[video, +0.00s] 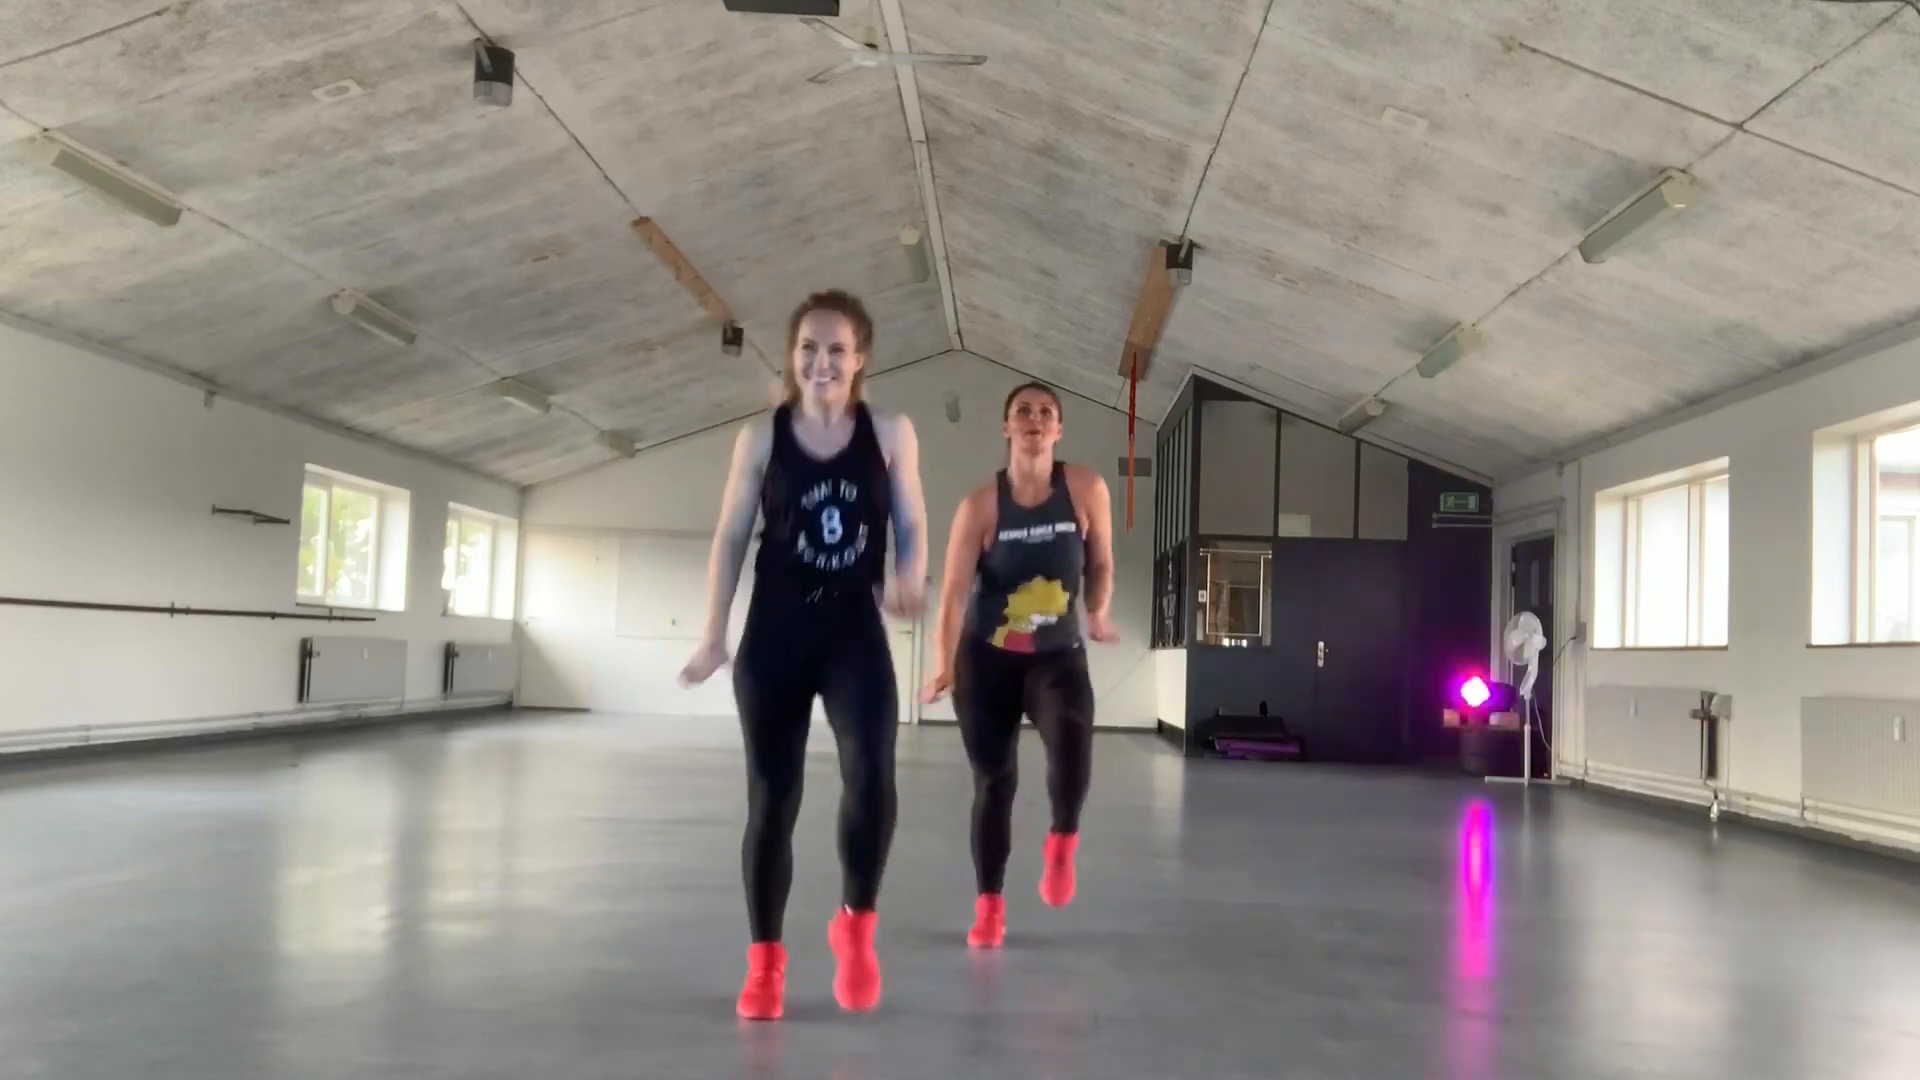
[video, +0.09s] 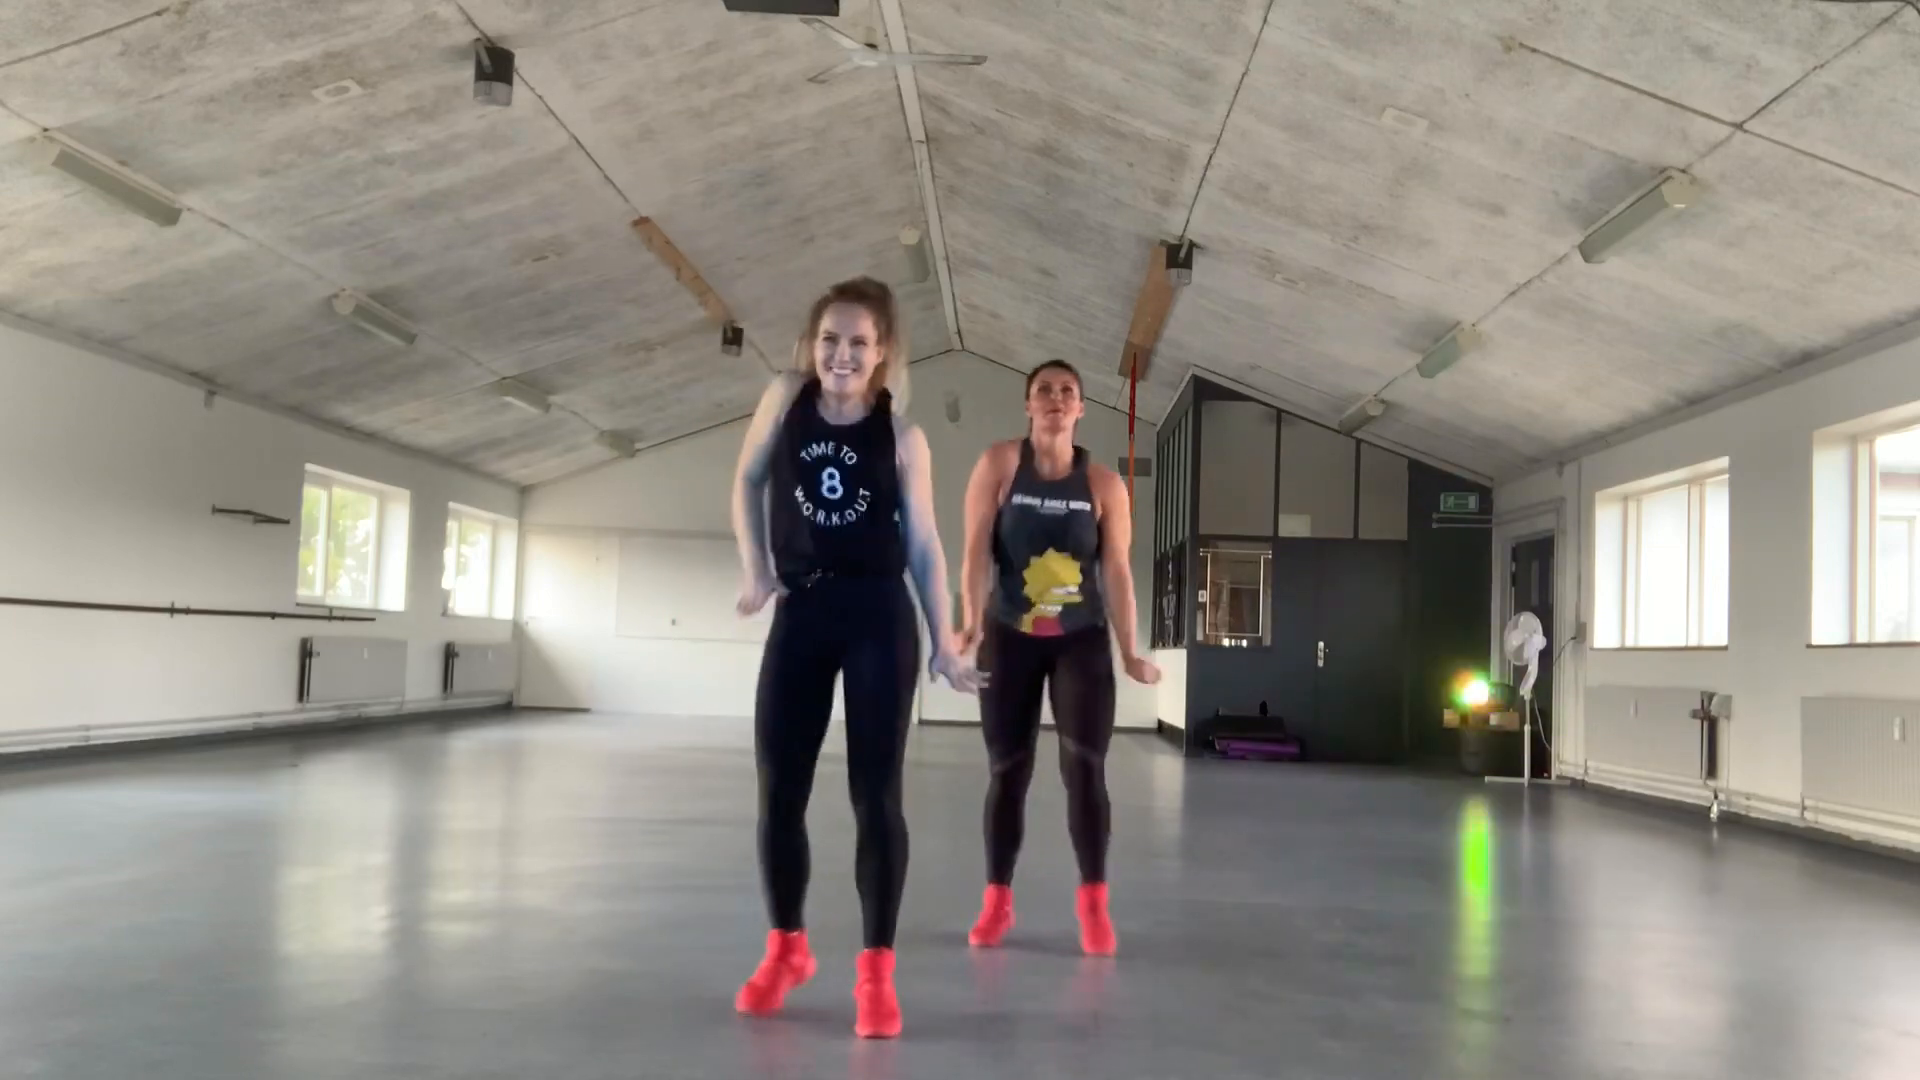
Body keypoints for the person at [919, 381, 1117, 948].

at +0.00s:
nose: (1035, 422)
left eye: (1045, 413)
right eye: (1024, 413)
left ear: (1059, 429)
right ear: (1006, 428)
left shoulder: (1086, 488)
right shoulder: (979, 505)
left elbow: (1100, 563)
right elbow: (954, 592)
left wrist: (1096, 612)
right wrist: (944, 663)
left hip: (1056, 655)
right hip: (987, 656)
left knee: (1070, 727)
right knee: (995, 779)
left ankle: (1063, 840)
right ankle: (988, 899)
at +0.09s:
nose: (1057, 401)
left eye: (1067, 394)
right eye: (1046, 392)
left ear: (1080, 408)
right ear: (1027, 405)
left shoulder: (1106, 483)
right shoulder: (999, 463)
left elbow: (1117, 568)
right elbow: (977, 549)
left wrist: (1128, 649)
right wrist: (972, 624)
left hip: (1081, 641)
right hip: (1009, 639)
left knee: (1085, 765)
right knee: (1007, 770)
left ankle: (1093, 897)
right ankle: (997, 895)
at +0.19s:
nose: (1076, 404)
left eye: (1085, 396)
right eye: (1064, 396)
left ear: (1099, 411)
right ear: (1045, 409)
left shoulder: (1125, 489)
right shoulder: (1021, 459)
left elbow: (1139, 573)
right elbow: (992, 535)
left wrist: (1155, 651)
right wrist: (985, 604)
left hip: (1105, 648)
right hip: (1031, 644)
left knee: (1094, 772)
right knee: (1023, 767)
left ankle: (1102, 904)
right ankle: (1036, 886)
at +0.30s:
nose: (1094, 419)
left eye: (1104, 411)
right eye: (1083, 411)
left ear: (1118, 426)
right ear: (1065, 425)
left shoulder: (1146, 494)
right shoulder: (1035, 492)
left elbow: (1157, 577)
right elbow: (1005, 573)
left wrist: (1161, 644)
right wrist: (995, 643)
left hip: (1120, 651)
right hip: (1048, 651)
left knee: (1127, 759)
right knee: (1063, 777)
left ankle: (1123, 884)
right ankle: (1070, 900)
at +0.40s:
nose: (1111, 428)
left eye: (1121, 420)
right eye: (1100, 420)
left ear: (1134, 436)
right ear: (1080, 437)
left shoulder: (1162, 502)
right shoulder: (1053, 513)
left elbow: (1178, 580)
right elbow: (1029, 599)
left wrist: (1176, 631)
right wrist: (1020, 672)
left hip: (1136, 667)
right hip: (1066, 666)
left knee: (1162, 733)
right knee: (1080, 790)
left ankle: (1152, 859)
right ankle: (1081, 904)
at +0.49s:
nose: (1130, 405)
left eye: (1139, 398)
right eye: (1119, 397)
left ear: (1153, 414)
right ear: (1099, 413)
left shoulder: (1181, 483)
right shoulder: (1069, 489)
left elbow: (1198, 566)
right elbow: (1055, 572)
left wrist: (1207, 643)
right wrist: (1061, 642)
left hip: (1165, 651)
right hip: (1090, 652)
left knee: (1181, 767)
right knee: (1091, 781)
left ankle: (1188, 888)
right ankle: (1084, 899)